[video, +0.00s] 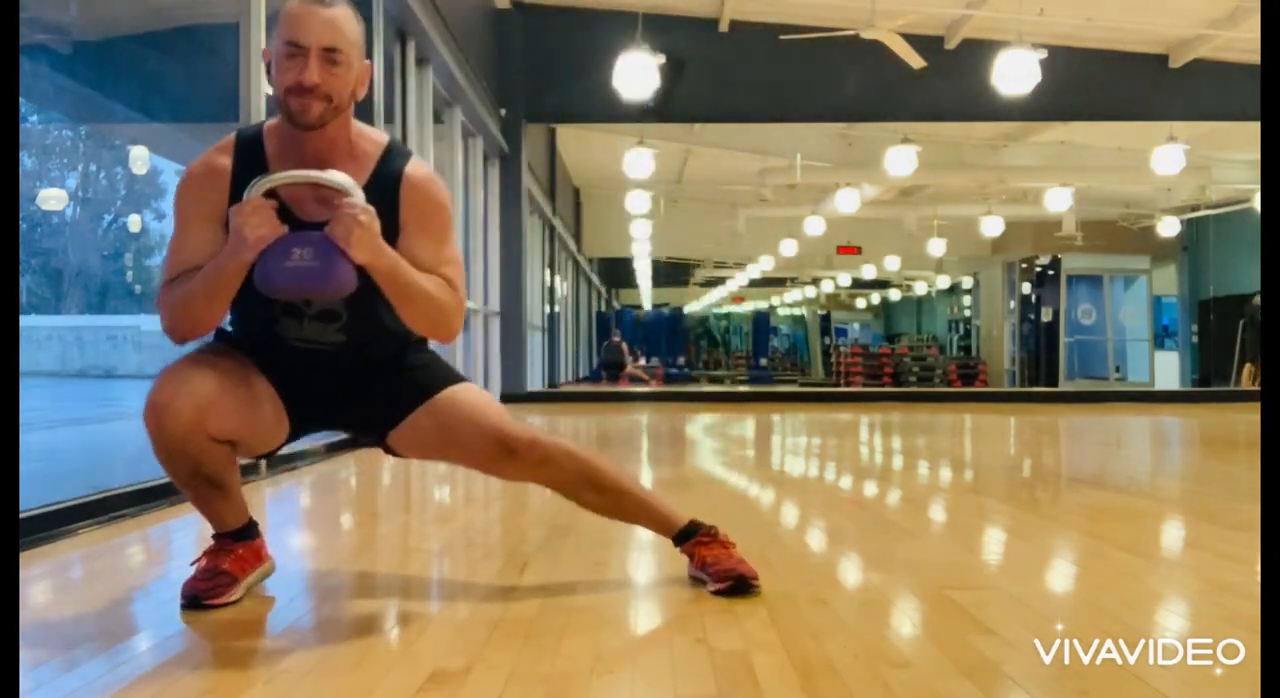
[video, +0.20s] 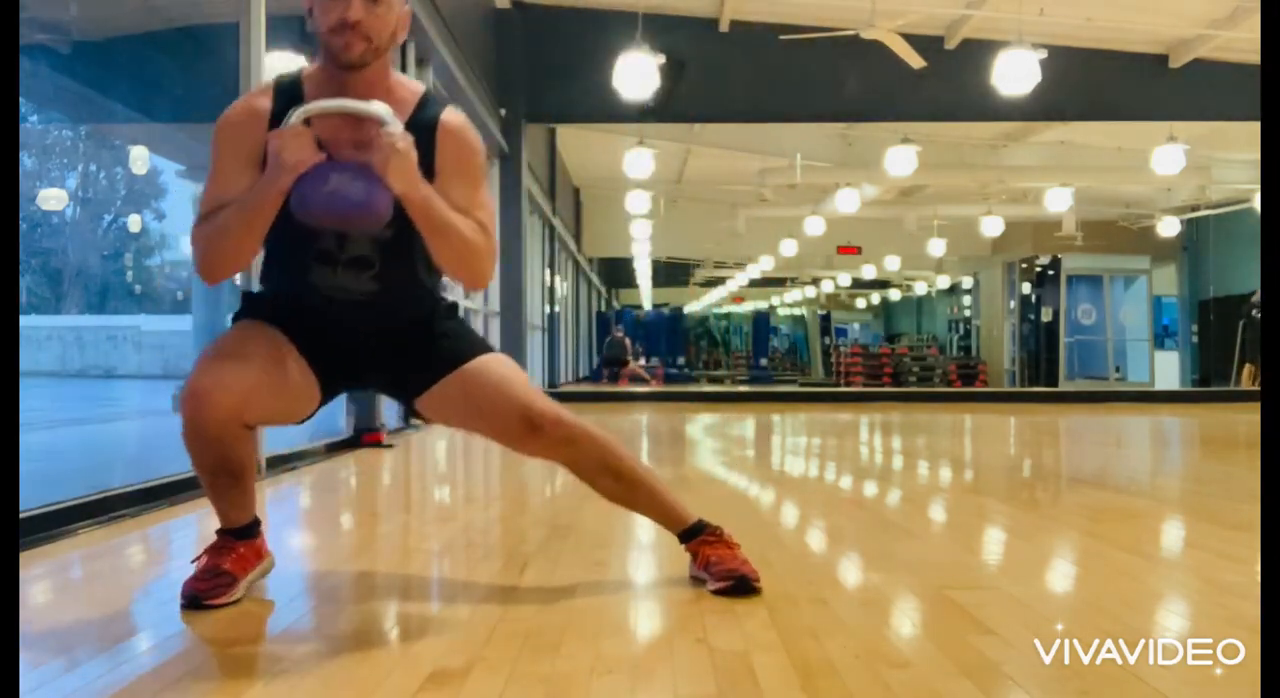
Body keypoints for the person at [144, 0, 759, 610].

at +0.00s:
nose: (305, 74)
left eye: (328, 57)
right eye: (290, 53)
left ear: (362, 74)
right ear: (269, 62)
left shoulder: (411, 183)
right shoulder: (216, 174)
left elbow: (443, 321)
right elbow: (180, 322)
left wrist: (374, 253)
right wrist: (234, 255)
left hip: (387, 372)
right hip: (268, 370)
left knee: (518, 447)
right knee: (173, 406)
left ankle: (690, 535)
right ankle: (237, 541)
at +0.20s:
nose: (348, 12)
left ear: (404, 16)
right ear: (310, 13)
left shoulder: (446, 131)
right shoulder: (255, 118)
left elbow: (475, 269)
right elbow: (213, 261)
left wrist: (406, 179)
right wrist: (275, 178)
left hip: (416, 332)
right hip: (297, 331)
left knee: (544, 426)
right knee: (206, 398)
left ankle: (699, 537)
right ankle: (238, 541)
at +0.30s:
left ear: (425, 2)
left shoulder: (470, 100)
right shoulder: (281, 85)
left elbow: (501, 238)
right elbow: (239, 227)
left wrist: (439, 144)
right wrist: (309, 135)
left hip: (431, 309)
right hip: (315, 306)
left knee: (555, 415)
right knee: (225, 398)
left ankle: (701, 536)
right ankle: (240, 541)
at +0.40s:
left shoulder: (504, 69)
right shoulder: (314, 50)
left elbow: (529, 205)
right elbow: (271, 189)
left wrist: (469, 99)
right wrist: (347, 95)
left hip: (459, 285)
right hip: (337, 281)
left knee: (572, 398)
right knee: (246, 395)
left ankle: (704, 536)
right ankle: (241, 540)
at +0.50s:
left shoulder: (541, 38)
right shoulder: (356, 22)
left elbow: (567, 168)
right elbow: (317, 153)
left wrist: (513, 70)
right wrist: (393, 57)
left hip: (492, 262)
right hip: (371, 261)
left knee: (598, 384)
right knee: (268, 393)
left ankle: (707, 535)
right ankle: (242, 543)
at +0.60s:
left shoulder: (589, 6)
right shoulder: (406, 2)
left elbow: (617, 131)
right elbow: (374, 119)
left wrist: (564, 36)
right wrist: (443, 22)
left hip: (542, 227)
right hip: (424, 224)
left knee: (631, 371)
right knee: (317, 379)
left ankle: (710, 534)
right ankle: (245, 544)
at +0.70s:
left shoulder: (644, 1)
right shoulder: (468, 1)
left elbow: (675, 92)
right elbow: (439, 91)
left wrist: (614, 1)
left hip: (602, 201)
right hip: (488, 198)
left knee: (665, 361)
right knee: (383, 360)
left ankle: (713, 534)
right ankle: (268, 523)